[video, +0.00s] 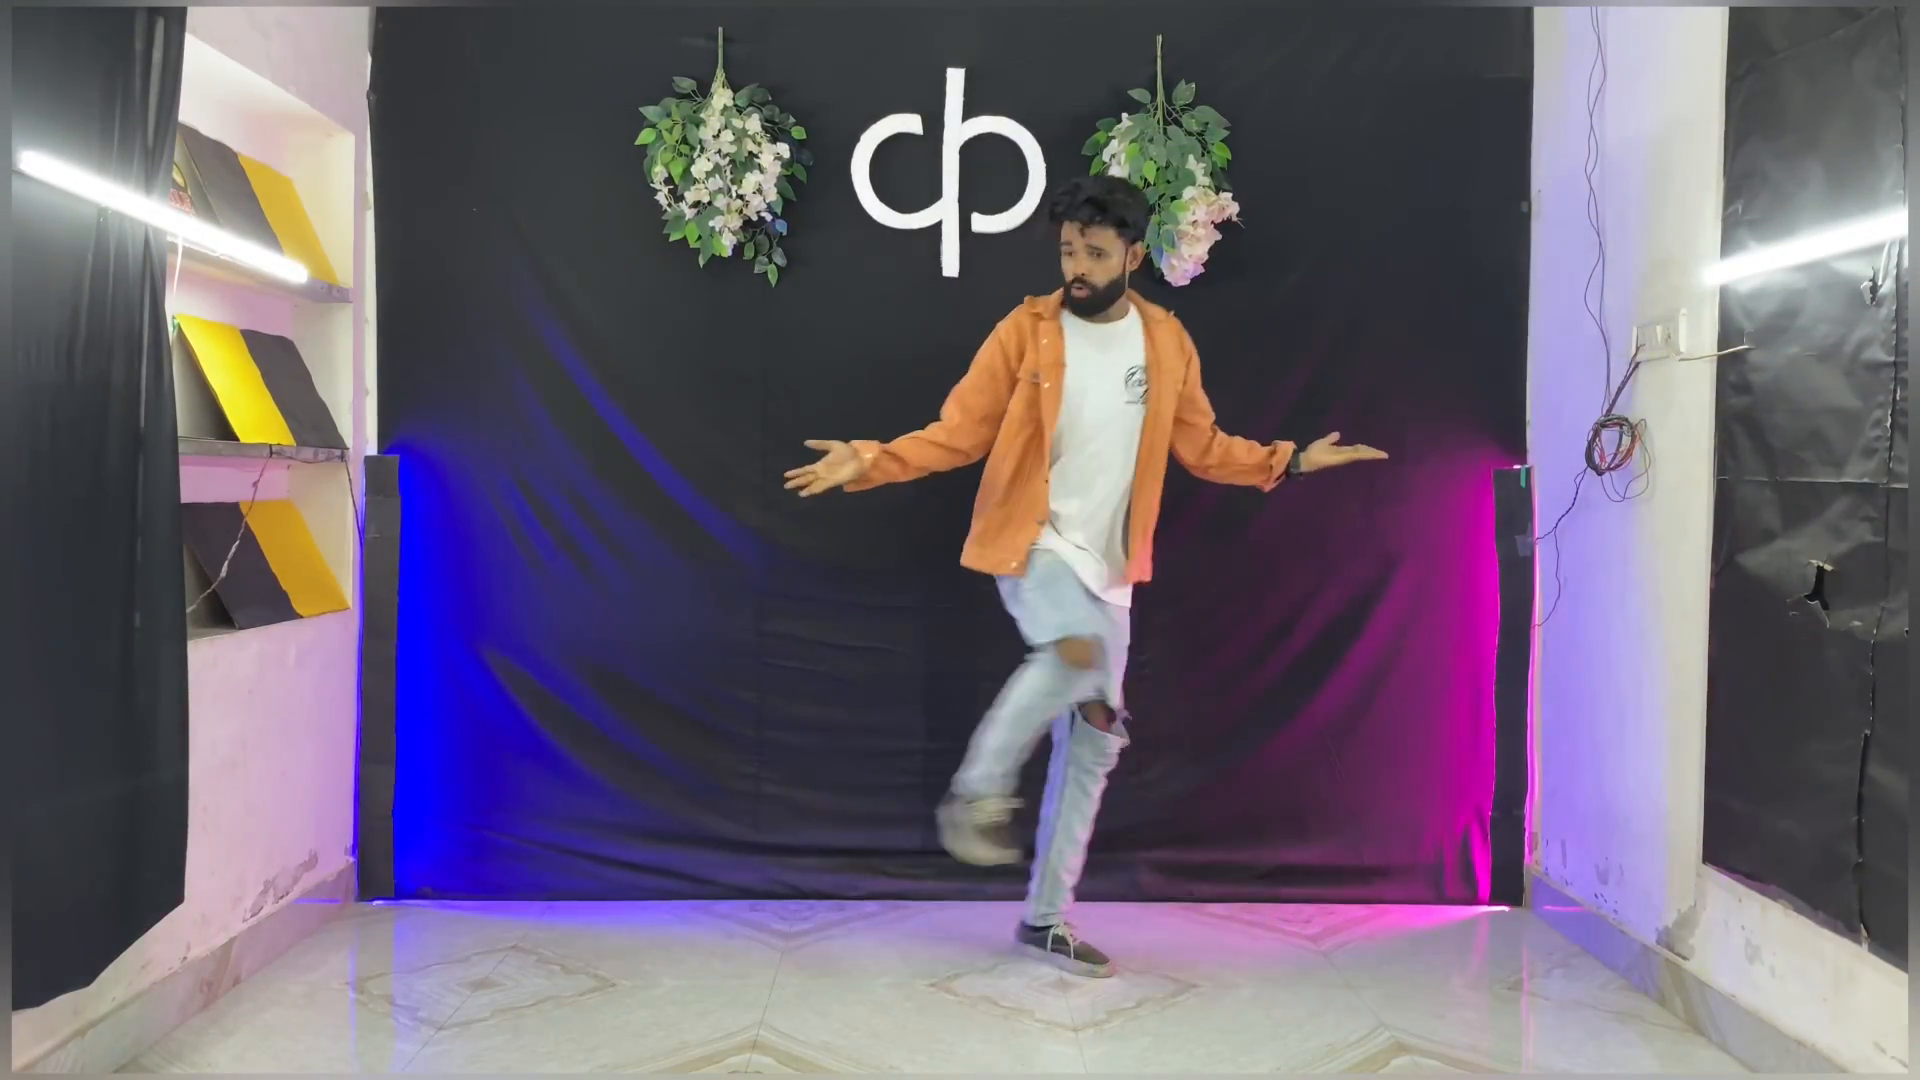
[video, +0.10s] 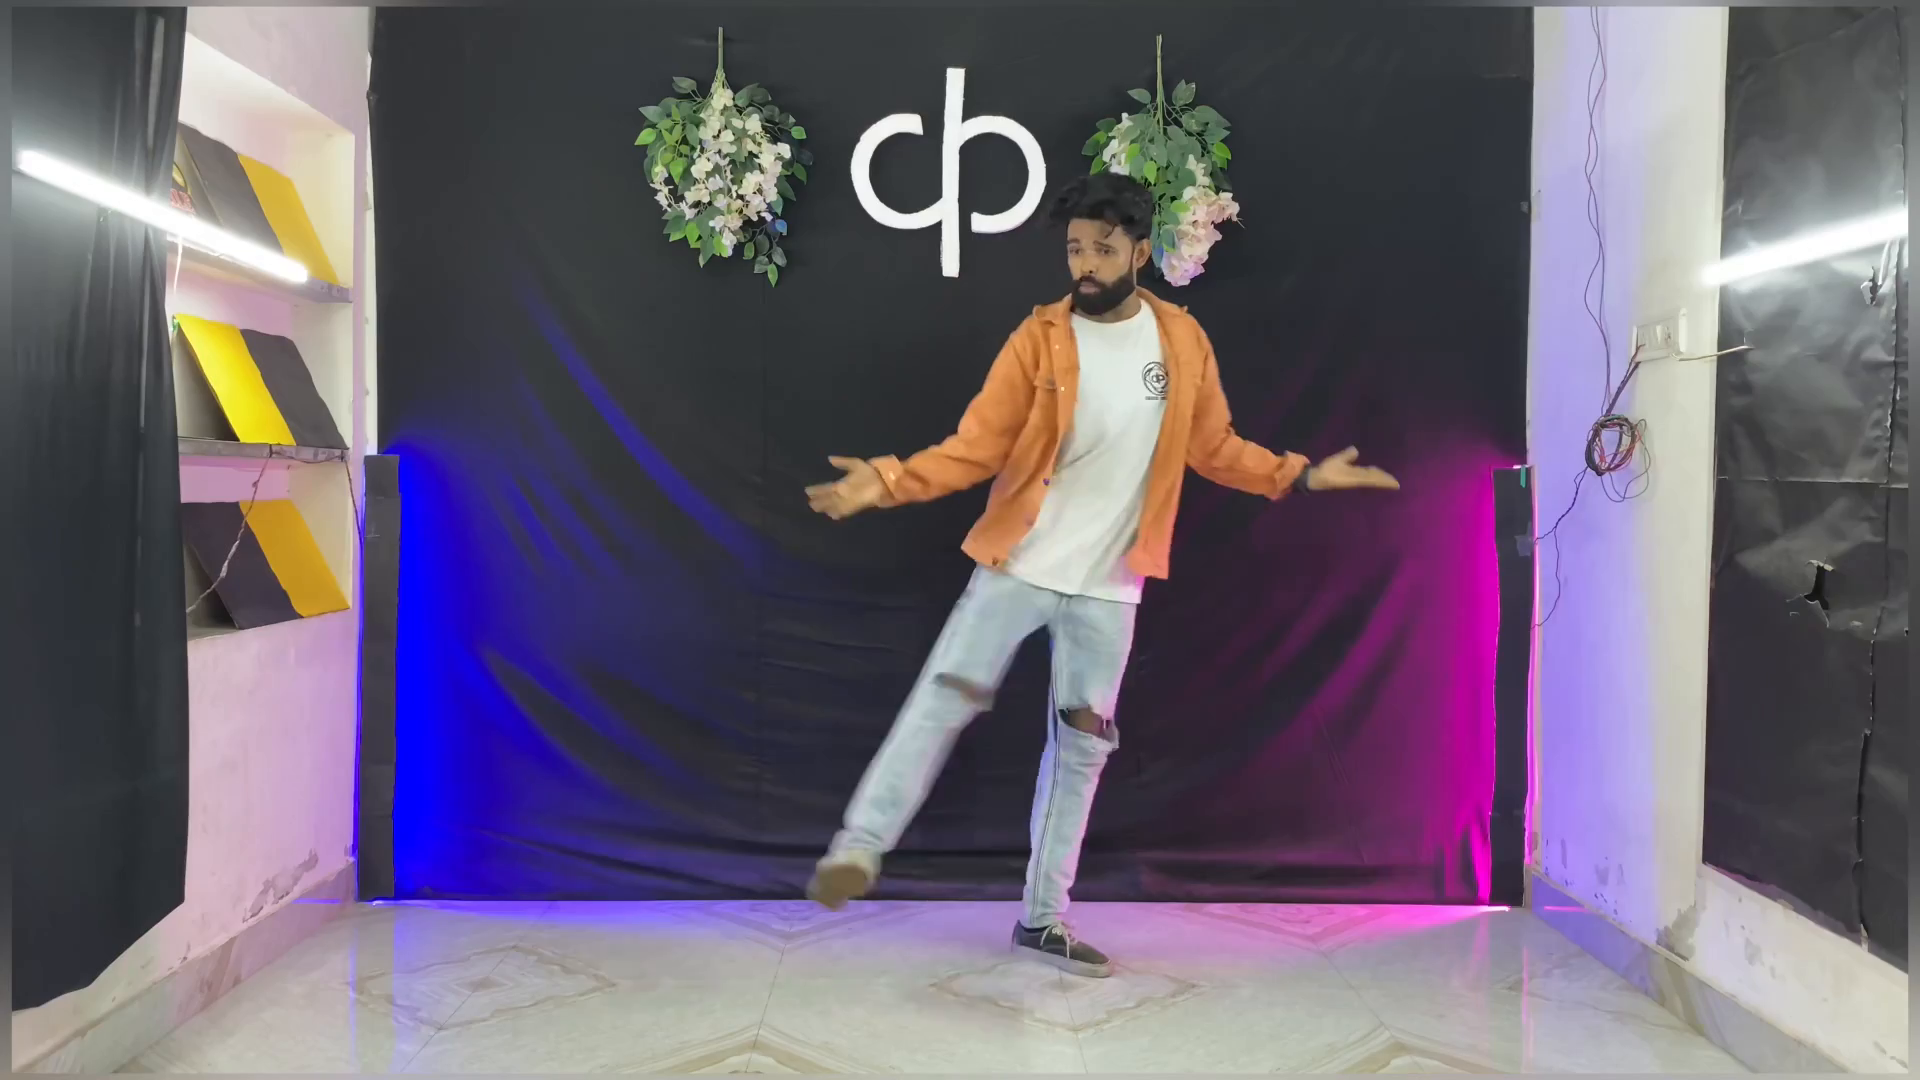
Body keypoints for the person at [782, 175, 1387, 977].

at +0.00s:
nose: (1077, 264)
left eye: (1095, 249)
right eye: (1069, 247)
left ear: (1133, 252)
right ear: (1058, 246)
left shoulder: (1165, 340)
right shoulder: (1028, 329)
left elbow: (1202, 448)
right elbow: (960, 433)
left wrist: (1295, 458)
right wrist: (868, 461)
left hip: (1109, 563)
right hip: (1028, 541)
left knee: (1095, 735)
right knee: (1076, 652)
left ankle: (1045, 919)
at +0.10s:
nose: (1083, 263)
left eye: (1101, 248)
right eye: (1074, 247)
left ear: (1141, 250)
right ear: (1066, 248)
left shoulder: (1182, 339)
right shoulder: (1043, 336)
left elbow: (1213, 447)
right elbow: (978, 444)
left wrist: (1303, 473)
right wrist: (887, 479)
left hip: (1111, 578)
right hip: (1019, 560)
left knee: (1083, 742)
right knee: (948, 693)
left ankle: (1042, 916)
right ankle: (857, 852)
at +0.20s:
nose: (1095, 258)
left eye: (1114, 242)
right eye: (1083, 241)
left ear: (1146, 249)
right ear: (1067, 249)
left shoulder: (1191, 341)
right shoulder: (1045, 343)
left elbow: (1234, 443)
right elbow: (993, 451)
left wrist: (1318, 490)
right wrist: (934, 490)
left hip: (1115, 583)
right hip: (1019, 557)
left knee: (1089, 747)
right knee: (935, 678)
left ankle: (1043, 919)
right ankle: (831, 834)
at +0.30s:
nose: (1109, 256)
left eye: (1126, 242)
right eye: (1095, 240)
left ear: (1153, 252)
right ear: (1075, 250)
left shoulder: (1197, 347)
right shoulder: (1050, 348)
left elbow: (1234, 447)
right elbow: (990, 452)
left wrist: (1288, 474)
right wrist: (1001, 460)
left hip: (1131, 595)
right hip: (1038, 575)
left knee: (1093, 754)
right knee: (956, 705)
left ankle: (1044, 917)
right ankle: (847, 842)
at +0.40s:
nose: (1143, 251)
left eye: (1162, 239)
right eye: (1129, 235)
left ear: (1185, 254)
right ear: (1105, 246)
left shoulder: (1210, 357)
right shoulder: (1064, 333)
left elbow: (1252, 469)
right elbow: (987, 413)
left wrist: (1225, 430)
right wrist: (1065, 407)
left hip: (1142, 591)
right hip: (1046, 575)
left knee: (1106, 748)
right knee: (1004, 726)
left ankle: (1050, 910)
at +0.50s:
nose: (1186, 270)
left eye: (1205, 263)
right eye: (1175, 253)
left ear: (1221, 288)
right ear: (1146, 261)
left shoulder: (1218, 375)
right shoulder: (1075, 336)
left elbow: (1253, 493)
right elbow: (991, 404)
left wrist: (1209, 449)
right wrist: (1074, 408)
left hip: (1137, 575)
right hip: (1045, 570)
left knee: (1136, 712)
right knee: (1068, 741)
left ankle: (1058, 868)